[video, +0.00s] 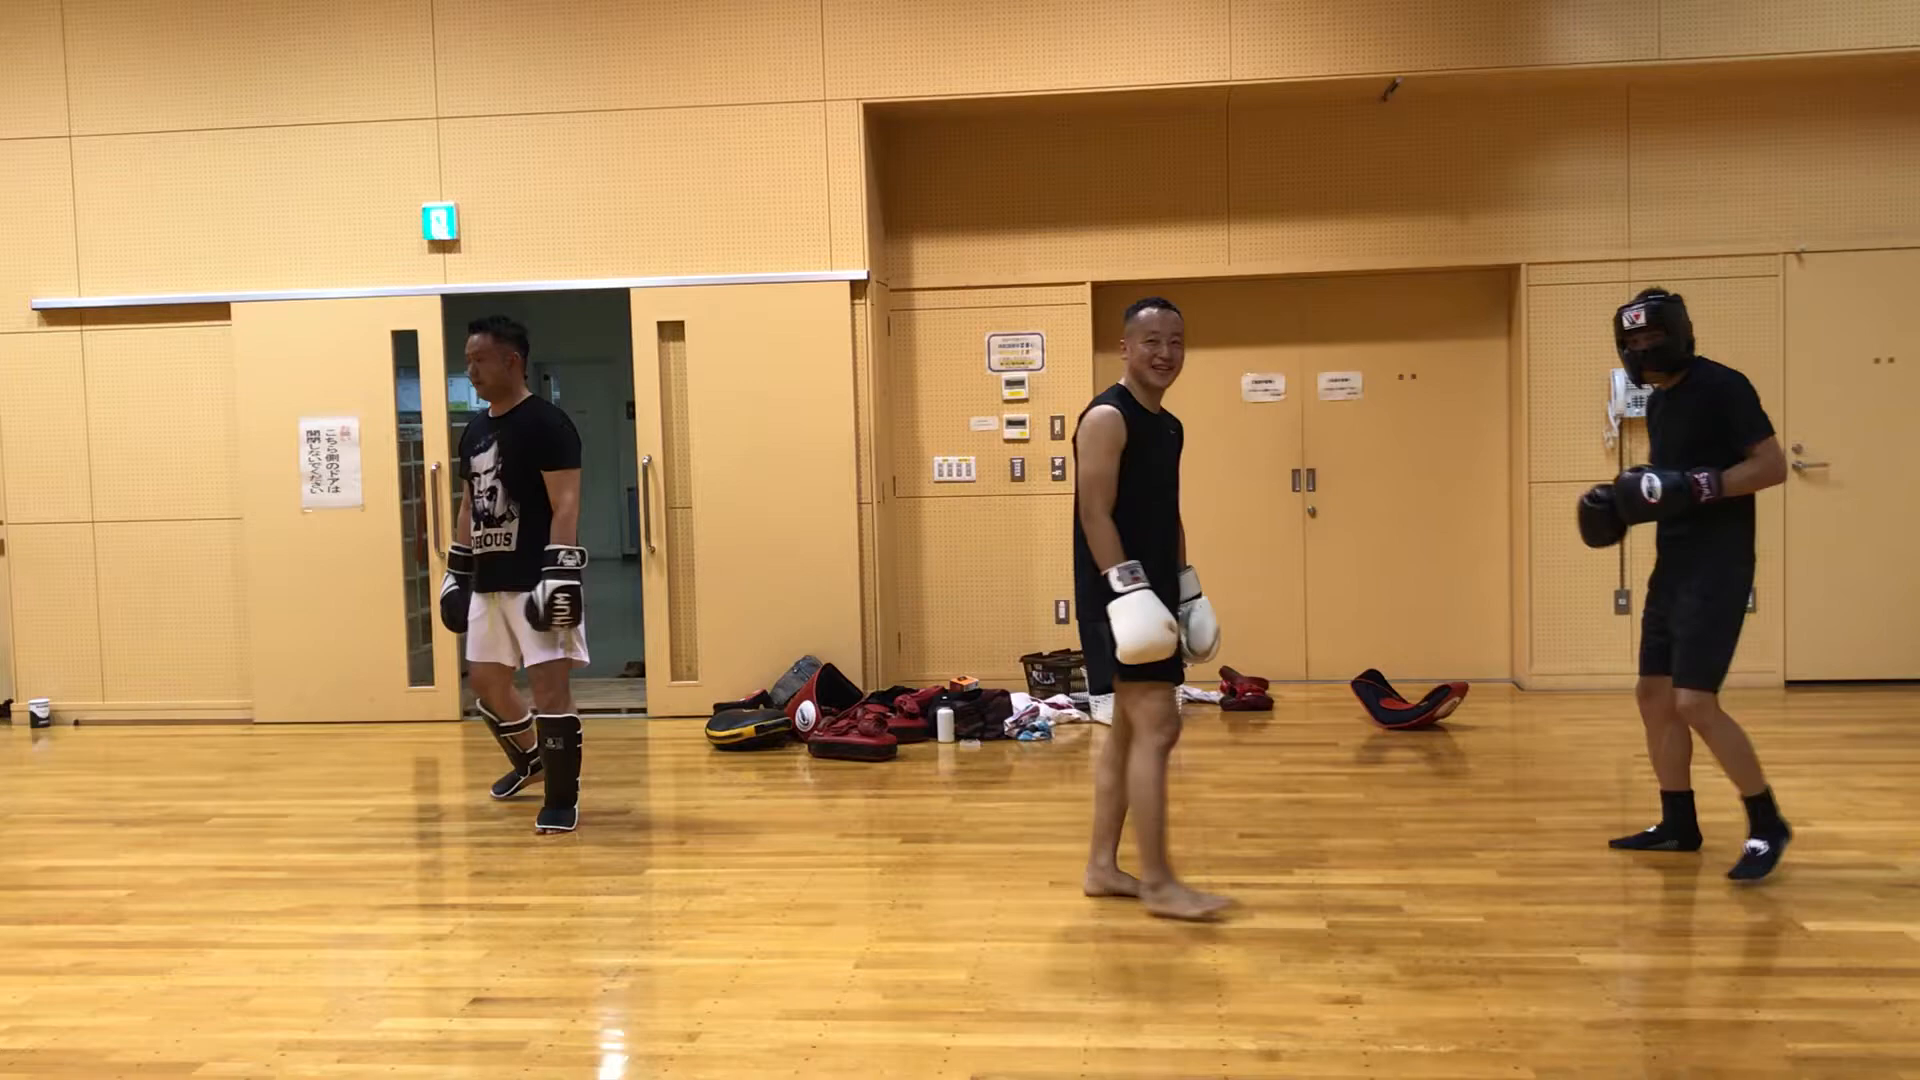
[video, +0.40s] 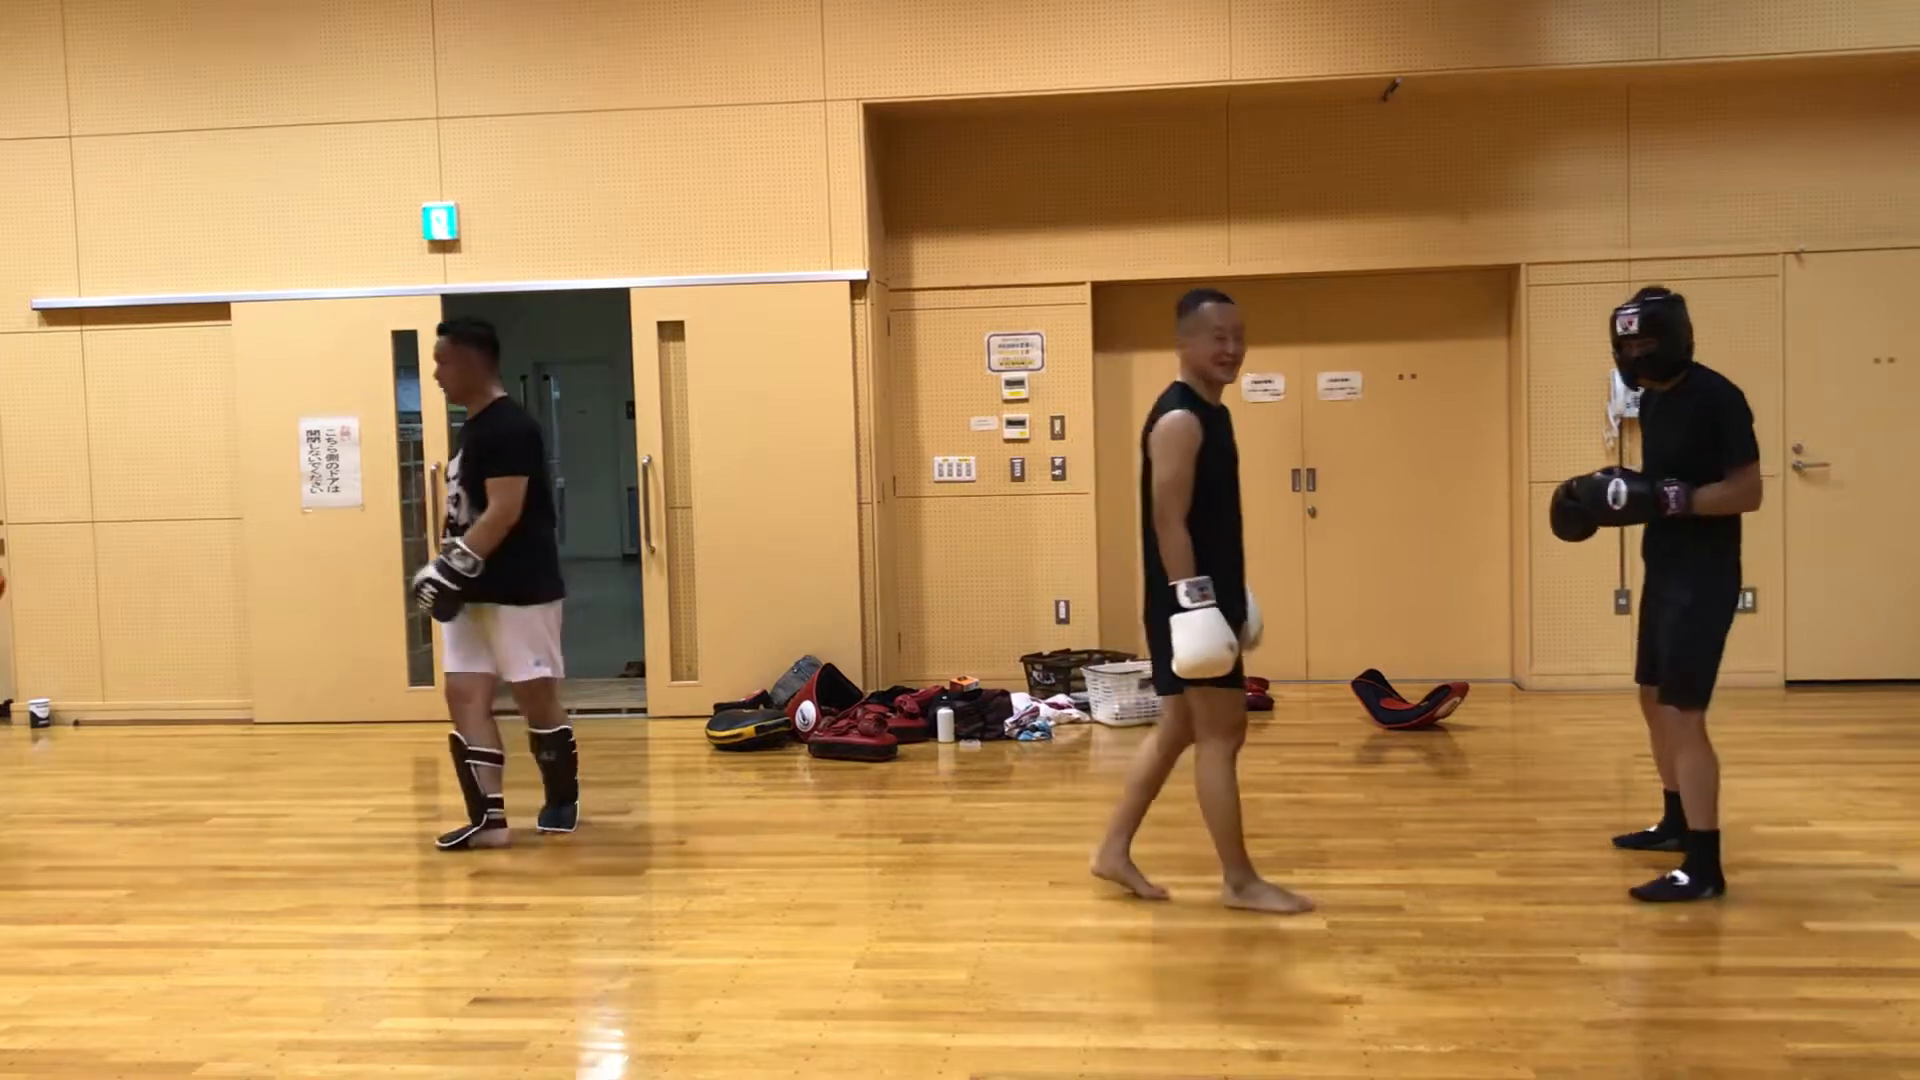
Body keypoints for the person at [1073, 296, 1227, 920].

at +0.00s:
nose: (1164, 352)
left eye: (1175, 342)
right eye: (1151, 340)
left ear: (1184, 351)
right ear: (1124, 347)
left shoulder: (1167, 427)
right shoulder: (1105, 419)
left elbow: (1169, 516)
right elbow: (1093, 512)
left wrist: (1190, 591)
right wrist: (1129, 592)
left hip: (1155, 590)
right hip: (1118, 594)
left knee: (1124, 730)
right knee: (1156, 727)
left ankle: (1102, 866)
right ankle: (1158, 882)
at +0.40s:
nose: (1231, 347)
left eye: (1237, 337)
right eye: (1218, 337)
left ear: (1240, 343)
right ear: (1183, 343)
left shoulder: (1211, 414)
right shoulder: (1178, 420)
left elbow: (1216, 517)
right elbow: (1168, 522)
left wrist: (1238, 594)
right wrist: (1195, 608)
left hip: (1202, 600)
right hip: (1192, 604)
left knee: (1174, 729)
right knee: (1221, 735)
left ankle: (1112, 852)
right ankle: (1240, 879)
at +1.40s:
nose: (1376, 361)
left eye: (1378, 350)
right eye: (1366, 349)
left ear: (1362, 352)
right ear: (1325, 348)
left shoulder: (1366, 418)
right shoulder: (1276, 415)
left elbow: (1392, 500)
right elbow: (1256, 507)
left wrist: (1439, 487)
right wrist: (1319, 484)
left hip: (1339, 589)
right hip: (1281, 592)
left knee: (1377, 710)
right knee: (1287, 722)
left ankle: (1369, 845)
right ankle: (1248, 873)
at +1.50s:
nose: (1396, 373)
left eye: (1398, 362)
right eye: (1386, 361)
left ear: (1376, 364)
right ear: (1344, 358)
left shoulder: (1381, 432)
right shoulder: (1288, 418)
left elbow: (1409, 516)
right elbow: (1263, 506)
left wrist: (1448, 501)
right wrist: (1329, 492)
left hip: (1339, 592)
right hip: (1278, 592)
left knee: (1383, 709)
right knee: (1283, 719)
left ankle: (1368, 847)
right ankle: (1258, 867)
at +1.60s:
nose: (1394, 376)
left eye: (1399, 365)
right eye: (1385, 363)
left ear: (1390, 364)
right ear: (1344, 358)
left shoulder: (1380, 432)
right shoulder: (1288, 415)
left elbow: (1412, 516)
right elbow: (1274, 496)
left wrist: (1446, 490)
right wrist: (1342, 465)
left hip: (1335, 591)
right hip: (1271, 591)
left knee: (1379, 708)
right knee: (1265, 718)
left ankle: (1368, 847)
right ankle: (1248, 856)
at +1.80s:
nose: (1333, 368)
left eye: (1339, 358)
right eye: (1320, 356)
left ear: (1345, 365)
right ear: (1294, 355)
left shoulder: (1344, 424)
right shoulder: (1244, 413)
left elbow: (1400, 486)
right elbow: (1275, 469)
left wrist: (1420, 442)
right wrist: (1301, 405)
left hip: (1321, 593)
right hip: (1252, 594)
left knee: (1366, 709)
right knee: (1210, 720)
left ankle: (1368, 846)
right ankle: (1208, 826)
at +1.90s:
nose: (1307, 376)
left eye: (1314, 366)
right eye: (1296, 364)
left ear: (1322, 370)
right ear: (1268, 362)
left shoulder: (1329, 427)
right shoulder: (1226, 420)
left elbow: (1384, 490)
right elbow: (1250, 479)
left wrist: (1402, 444)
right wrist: (1273, 415)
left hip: (1310, 597)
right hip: (1241, 599)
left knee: (1360, 709)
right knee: (1199, 718)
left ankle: (1364, 847)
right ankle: (1208, 833)